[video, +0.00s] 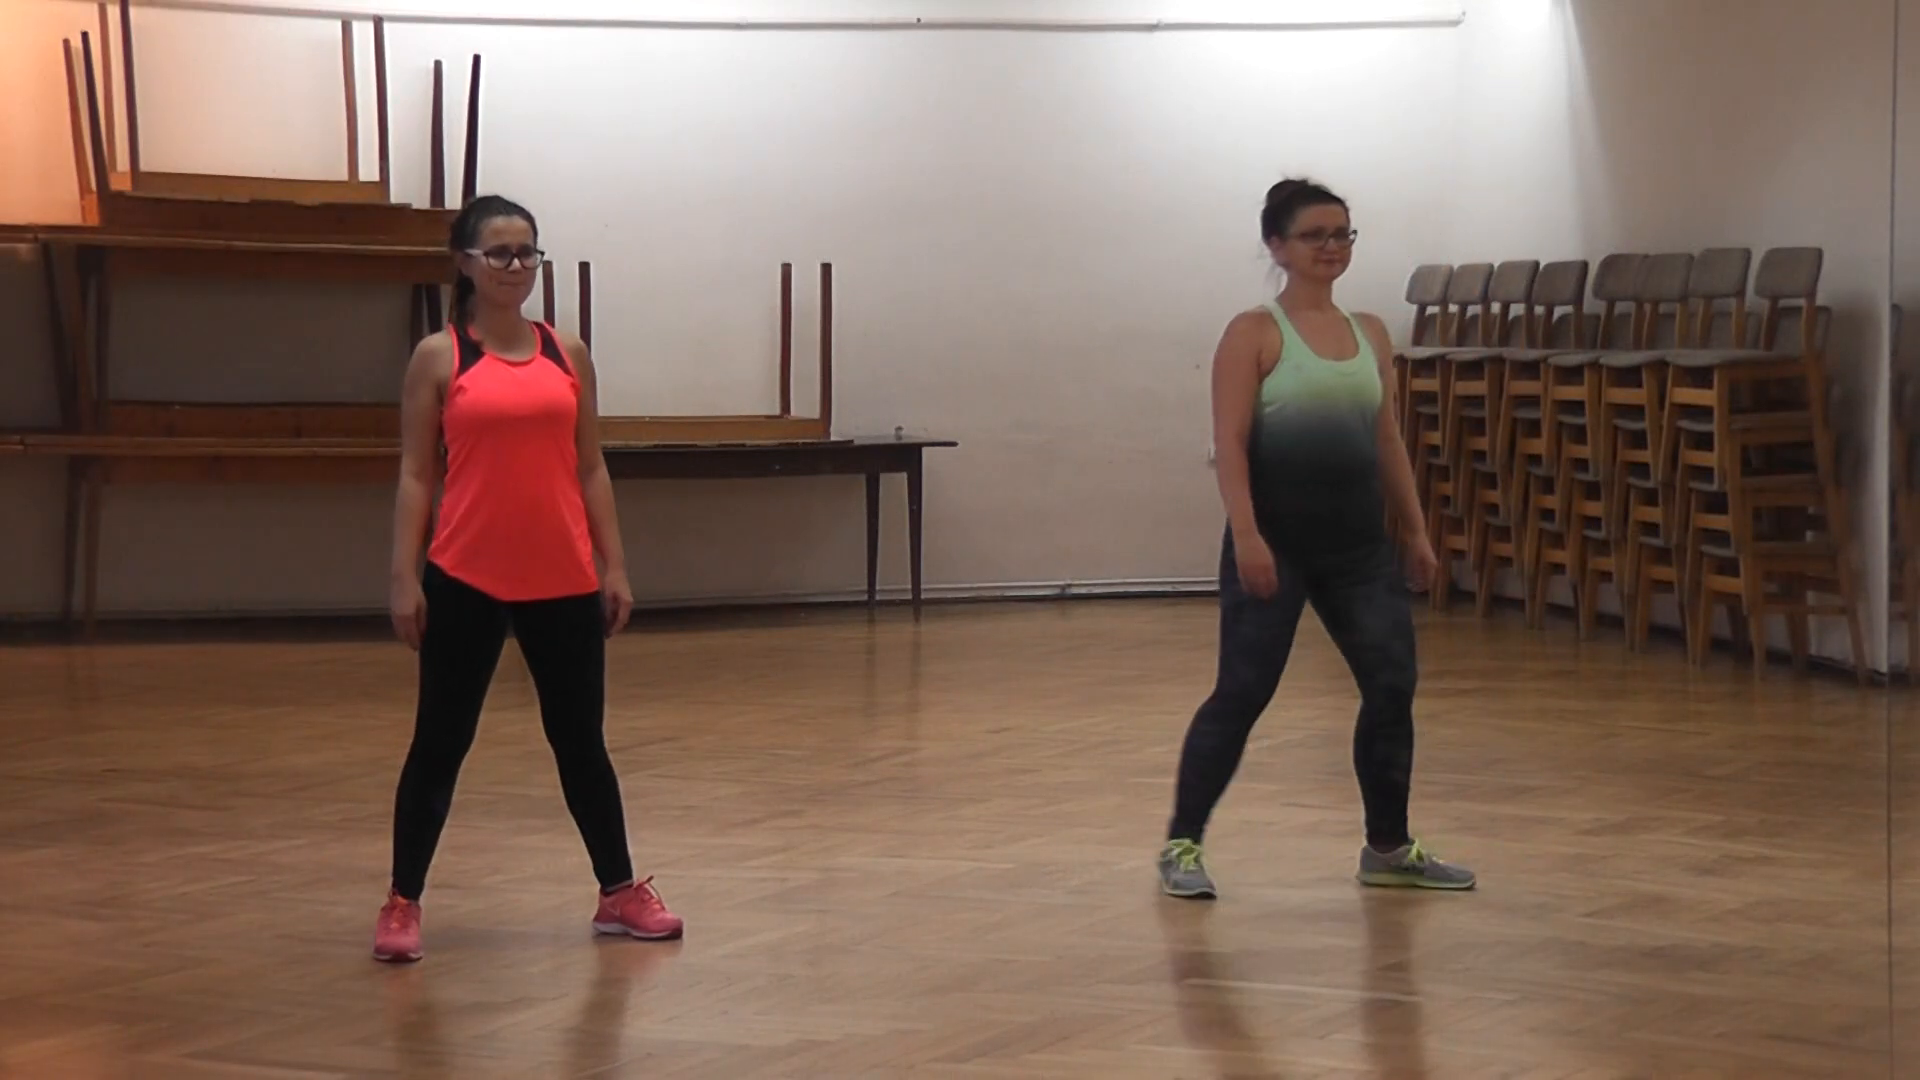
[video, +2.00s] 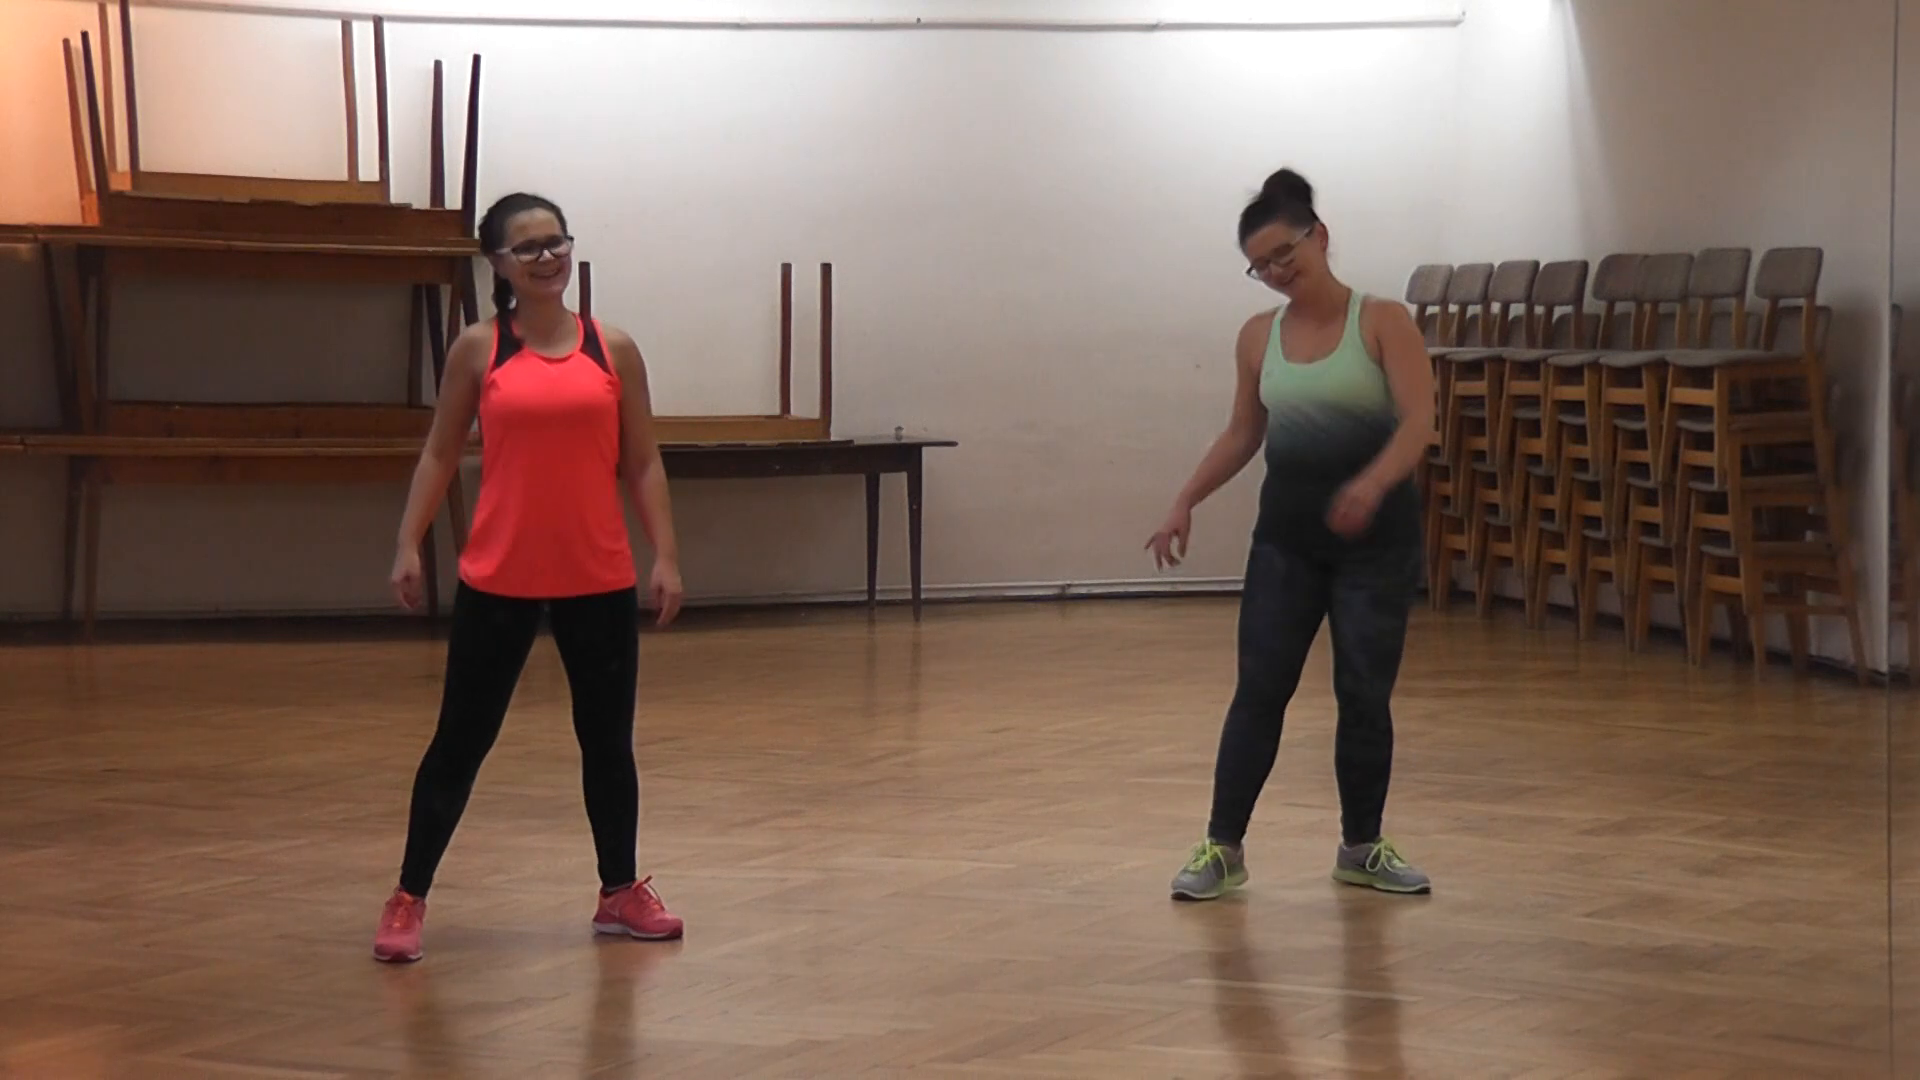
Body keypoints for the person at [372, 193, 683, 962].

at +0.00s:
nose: (515, 265)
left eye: (525, 252)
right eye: (499, 253)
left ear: (538, 261)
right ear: (466, 263)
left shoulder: (567, 352)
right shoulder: (437, 357)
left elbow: (591, 467)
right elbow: (417, 474)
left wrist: (614, 567)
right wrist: (405, 578)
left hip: (563, 578)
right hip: (465, 580)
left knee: (582, 741)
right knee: (439, 745)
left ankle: (621, 890)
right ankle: (403, 903)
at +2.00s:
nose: (549, 255)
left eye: (556, 241)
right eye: (530, 248)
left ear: (572, 249)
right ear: (500, 265)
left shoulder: (615, 350)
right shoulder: (477, 349)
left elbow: (642, 462)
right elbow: (440, 454)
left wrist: (665, 557)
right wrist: (410, 544)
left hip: (598, 576)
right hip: (500, 579)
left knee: (609, 741)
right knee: (459, 742)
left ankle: (621, 890)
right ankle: (409, 900)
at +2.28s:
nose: (546, 266)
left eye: (556, 252)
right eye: (529, 254)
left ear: (572, 260)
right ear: (498, 265)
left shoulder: (603, 354)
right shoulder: (472, 355)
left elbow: (652, 462)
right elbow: (465, 465)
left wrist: (657, 561)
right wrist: (448, 560)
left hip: (597, 576)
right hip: (499, 579)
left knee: (625, 732)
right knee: (470, 729)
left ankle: (660, 880)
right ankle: (512, 884)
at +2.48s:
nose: (498, 277)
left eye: (510, 264)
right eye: (482, 263)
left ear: (525, 268)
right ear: (450, 265)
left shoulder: (552, 361)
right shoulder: (423, 357)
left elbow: (600, 471)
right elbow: (407, 463)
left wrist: (624, 569)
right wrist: (398, 553)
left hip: (557, 580)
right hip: (465, 587)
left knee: (568, 728)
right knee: (480, 746)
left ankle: (630, 852)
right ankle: (536, 894)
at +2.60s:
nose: (458, 269)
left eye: (473, 257)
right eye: (444, 256)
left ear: (489, 262)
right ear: (413, 256)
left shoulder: (513, 351)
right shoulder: (387, 346)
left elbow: (573, 451)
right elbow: (352, 443)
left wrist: (587, 557)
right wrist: (350, 508)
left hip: (524, 552)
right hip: (442, 563)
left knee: (484, 699)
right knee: (478, 721)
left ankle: (526, 872)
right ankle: (528, 882)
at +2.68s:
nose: (432, 275)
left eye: (447, 263)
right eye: (417, 262)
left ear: (465, 271)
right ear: (389, 265)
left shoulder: (487, 361)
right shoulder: (366, 355)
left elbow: (547, 463)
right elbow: (327, 452)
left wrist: (563, 570)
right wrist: (326, 495)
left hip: (501, 562)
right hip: (423, 572)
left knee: (437, 707)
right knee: (493, 731)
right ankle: (543, 892)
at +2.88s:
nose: (374, 279)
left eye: (391, 273)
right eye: (363, 263)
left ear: (407, 291)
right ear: (333, 268)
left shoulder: (421, 378)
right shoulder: (302, 368)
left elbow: (472, 489)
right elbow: (284, 470)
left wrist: (478, 604)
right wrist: (279, 508)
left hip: (415, 591)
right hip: (339, 589)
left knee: (355, 749)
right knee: (381, 755)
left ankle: (335, 926)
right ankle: (501, 868)